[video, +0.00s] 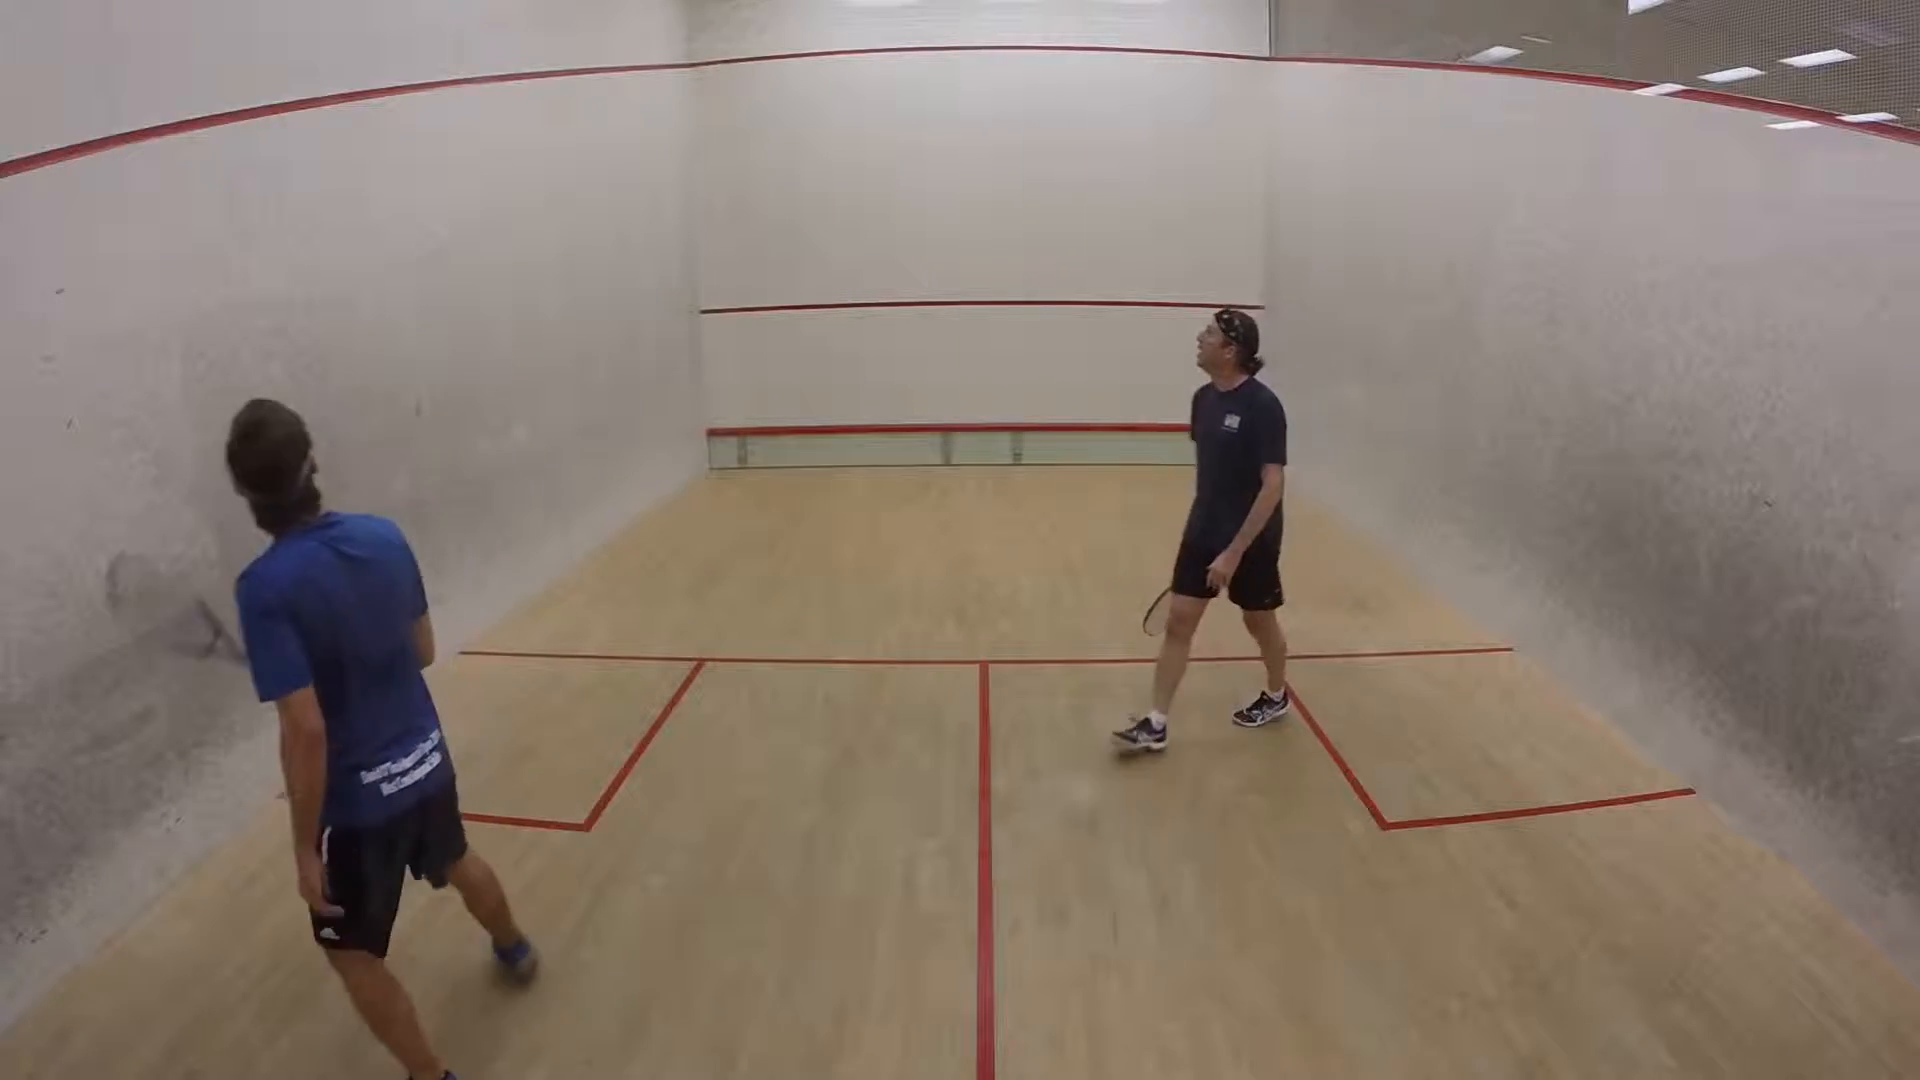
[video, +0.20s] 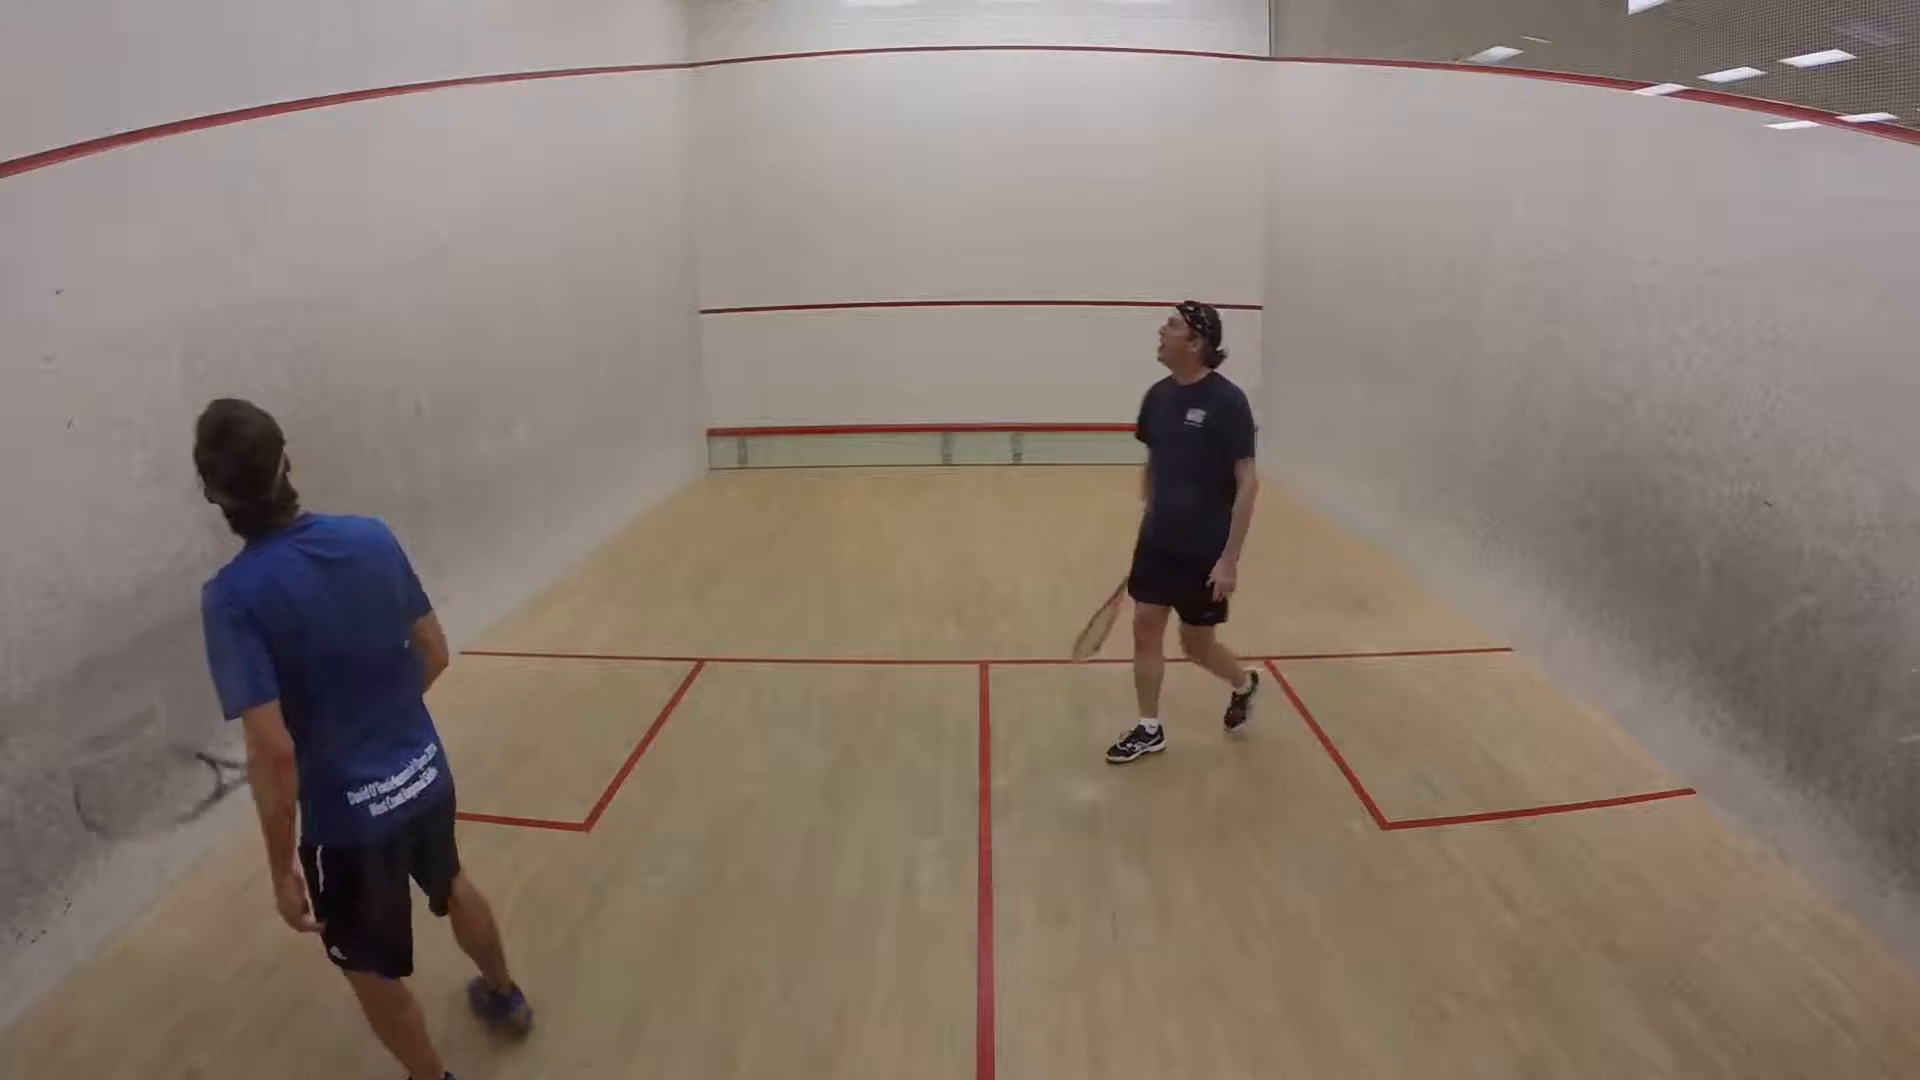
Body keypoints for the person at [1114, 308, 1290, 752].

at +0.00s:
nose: (1199, 340)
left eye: (1209, 336)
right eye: (1203, 334)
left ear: (1231, 351)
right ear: (1224, 349)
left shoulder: (1263, 406)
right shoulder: (1203, 398)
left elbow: (1272, 487)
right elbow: (1207, 474)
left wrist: (1234, 552)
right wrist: (1194, 535)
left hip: (1251, 533)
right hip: (1205, 526)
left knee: (1260, 621)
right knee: (1179, 622)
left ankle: (1276, 695)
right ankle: (1155, 722)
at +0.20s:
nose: (1161, 331)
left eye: (1172, 327)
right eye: (1165, 324)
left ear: (1197, 343)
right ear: (1183, 343)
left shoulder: (1229, 401)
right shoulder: (1158, 395)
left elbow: (1247, 483)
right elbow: (1152, 465)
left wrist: (1230, 559)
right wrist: (1148, 523)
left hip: (1206, 540)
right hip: (1159, 531)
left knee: (1197, 646)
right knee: (1146, 629)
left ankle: (1245, 683)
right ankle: (1149, 726)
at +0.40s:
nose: (1124, 330)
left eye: (1135, 325)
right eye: (1127, 322)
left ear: (1164, 340)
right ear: (1147, 339)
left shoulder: (1196, 400)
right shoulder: (1116, 394)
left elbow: (1222, 481)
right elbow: (1094, 462)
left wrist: (1222, 559)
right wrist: (1069, 528)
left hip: (1174, 543)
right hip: (1127, 537)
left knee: (1140, 649)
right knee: (1134, 644)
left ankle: (1153, 738)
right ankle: (1148, 727)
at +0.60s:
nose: (1086, 349)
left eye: (1097, 342)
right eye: (1087, 340)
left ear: (1129, 353)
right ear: (1096, 348)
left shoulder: (1160, 417)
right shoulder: (1076, 409)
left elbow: (1189, 497)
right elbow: (1046, 476)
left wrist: (1192, 578)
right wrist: (1010, 540)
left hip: (1136, 563)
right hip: (1090, 556)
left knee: (1096, 679)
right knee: (1120, 647)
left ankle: (1069, 792)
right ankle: (1147, 726)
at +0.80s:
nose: (1043, 349)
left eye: (1055, 341)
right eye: (1041, 339)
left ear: (1089, 348)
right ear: (1042, 343)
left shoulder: (1120, 419)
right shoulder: (1034, 410)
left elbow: (1140, 513)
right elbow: (1016, 488)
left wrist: (1136, 600)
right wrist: (985, 557)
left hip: (1094, 578)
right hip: (1041, 571)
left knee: (1073, 691)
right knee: (1038, 673)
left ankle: (1061, 799)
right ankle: (1107, 712)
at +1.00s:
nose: (988, 356)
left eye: (998, 346)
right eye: (985, 345)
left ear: (1034, 348)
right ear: (991, 348)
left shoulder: (1072, 420)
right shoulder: (990, 414)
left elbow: (1086, 529)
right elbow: (984, 494)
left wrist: (1046, 611)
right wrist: (972, 561)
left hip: (1053, 584)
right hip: (994, 574)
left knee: (1056, 701)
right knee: (954, 688)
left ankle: (1060, 798)